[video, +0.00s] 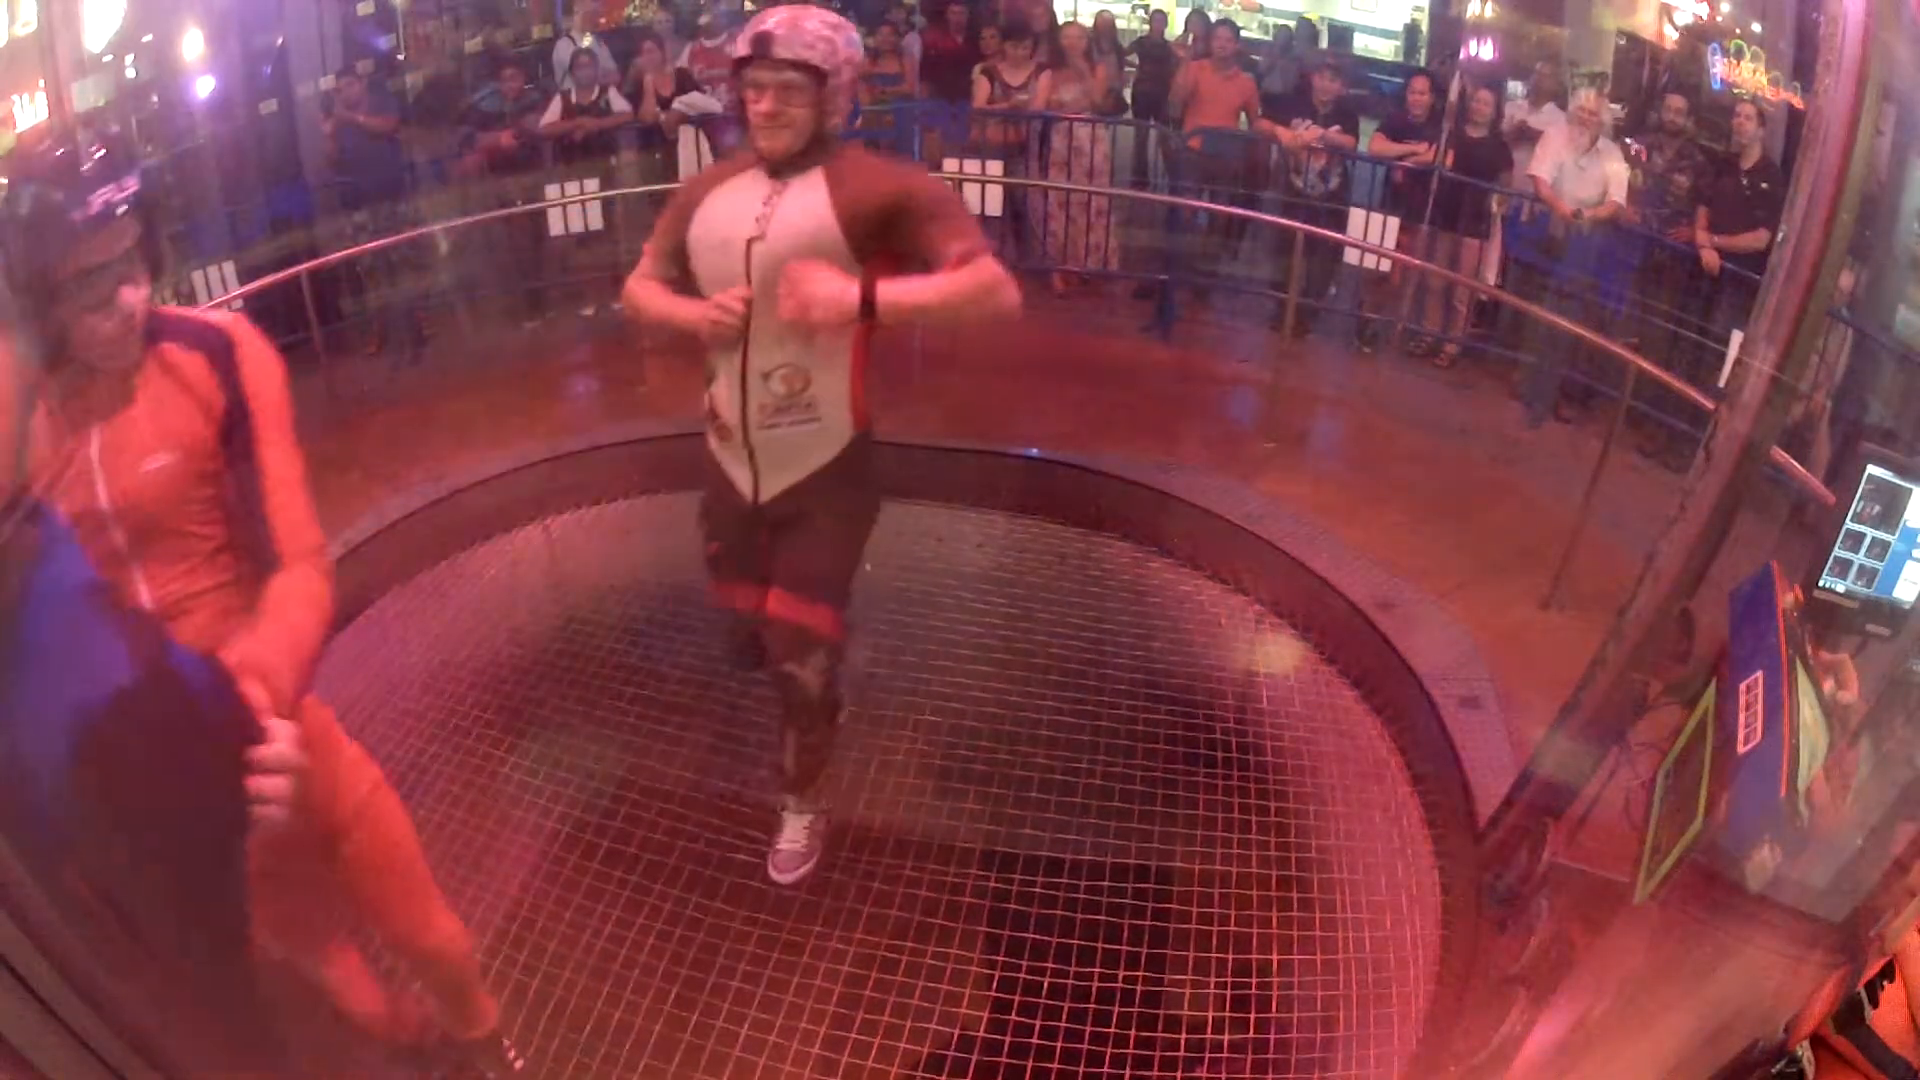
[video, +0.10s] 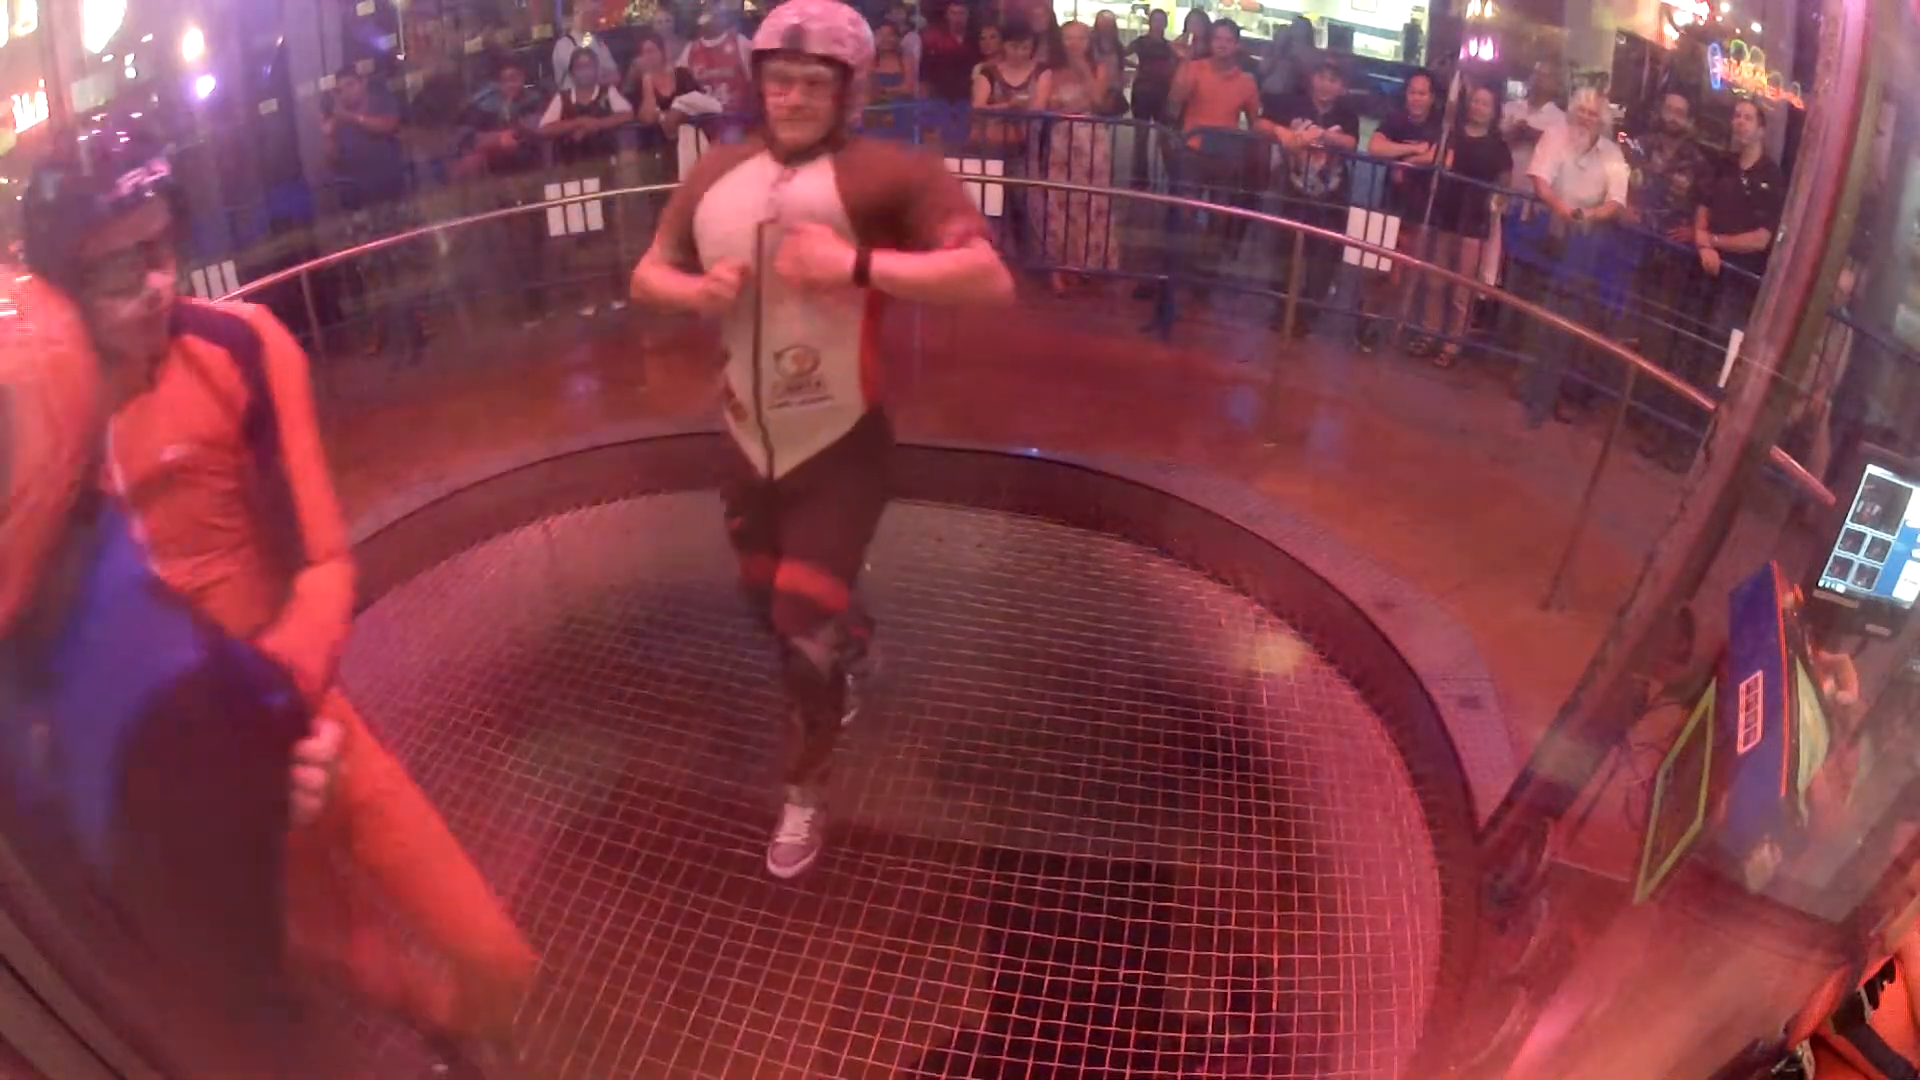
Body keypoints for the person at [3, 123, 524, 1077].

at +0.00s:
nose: (123, 303)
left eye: (130, 271)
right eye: (89, 289)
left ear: (146, 258)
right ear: (34, 304)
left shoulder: (223, 354)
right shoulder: (22, 416)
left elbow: (302, 565)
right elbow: (30, 608)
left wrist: (244, 700)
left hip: (259, 701)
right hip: (124, 729)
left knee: (430, 938)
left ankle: (488, 1046)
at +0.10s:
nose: (150, 287)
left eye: (158, 254)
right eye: (113, 269)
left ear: (176, 246)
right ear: (54, 283)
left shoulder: (246, 345)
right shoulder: (41, 404)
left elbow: (325, 562)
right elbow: (67, 629)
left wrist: (270, 709)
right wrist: (244, 733)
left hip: (287, 706)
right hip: (152, 738)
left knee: (498, 968)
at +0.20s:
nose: (186, 283)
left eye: (197, 252)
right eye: (152, 267)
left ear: (216, 239)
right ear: (94, 275)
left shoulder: (284, 352)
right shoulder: (77, 400)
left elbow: (355, 564)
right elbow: (68, 594)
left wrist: (318, 699)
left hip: (306, 670)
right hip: (173, 706)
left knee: (530, 945)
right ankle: (457, 1030)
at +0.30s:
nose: (227, 271)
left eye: (237, 242)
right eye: (195, 255)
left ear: (255, 235)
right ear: (133, 269)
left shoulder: (327, 350)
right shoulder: (127, 397)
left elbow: (390, 562)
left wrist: (353, 694)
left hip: (343, 656)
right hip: (220, 693)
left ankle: (537, 932)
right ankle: (443, 1025)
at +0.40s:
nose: (268, 263)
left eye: (277, 235)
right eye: (236, 247)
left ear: (294, 232)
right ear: (183, 258)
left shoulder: (365, 342)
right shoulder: (166, 380)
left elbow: (429, 541)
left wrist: (388, 674)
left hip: (363, 636)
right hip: (241, 655)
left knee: (429, 718)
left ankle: (532, 881)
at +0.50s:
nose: (299, 270)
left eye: (308, 242)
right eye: (269, 254)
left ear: (325, 236)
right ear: (213, 262)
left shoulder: (393, 353)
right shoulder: (192, 371)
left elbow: (440, 542)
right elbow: (184, 525)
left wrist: (418, 662)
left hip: (383, 607)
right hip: (258, 626)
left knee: (452, 704)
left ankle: (544, 878)